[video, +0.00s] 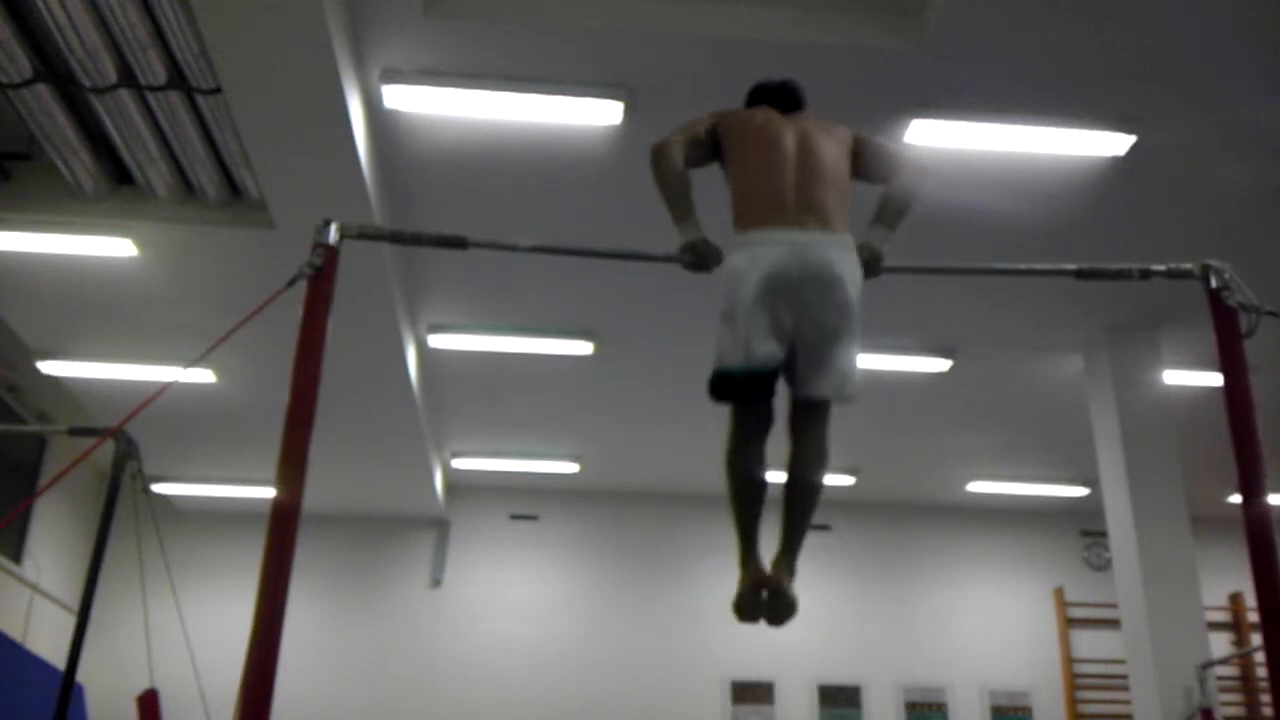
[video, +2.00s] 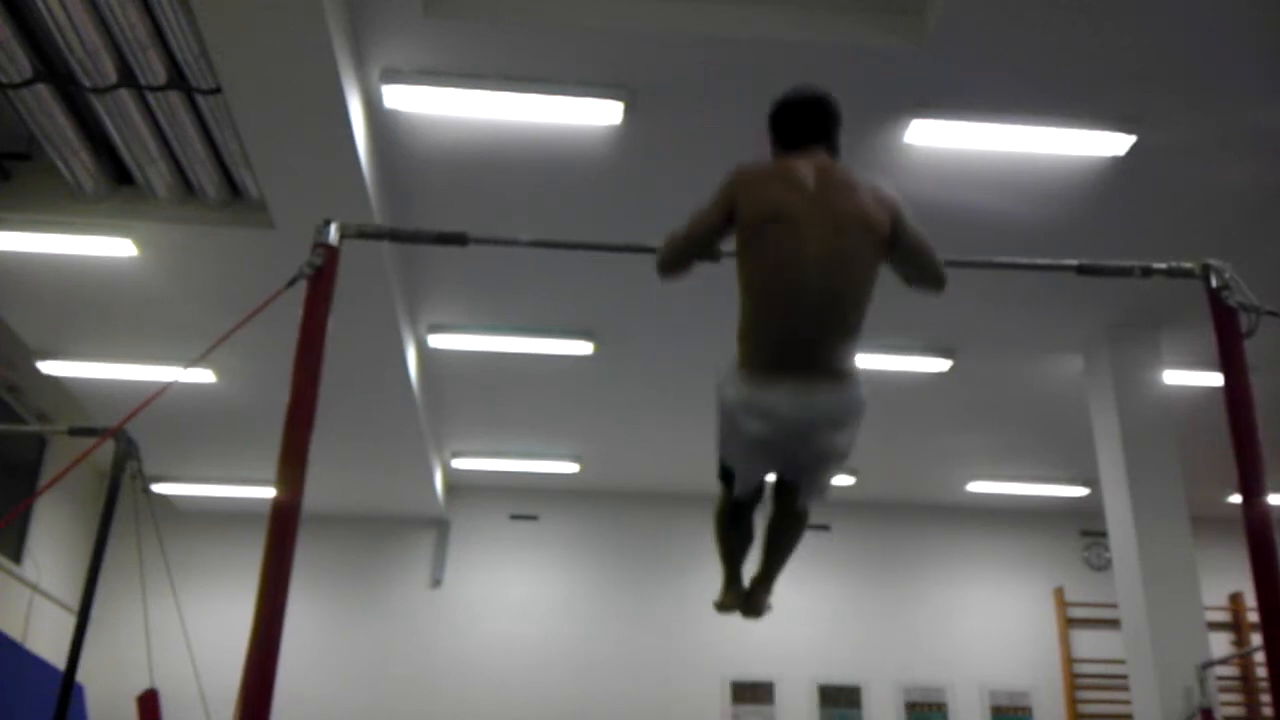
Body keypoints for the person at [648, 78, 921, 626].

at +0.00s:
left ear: (749, 108)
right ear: (805, 109)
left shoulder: (732, 124)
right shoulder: (838, 135)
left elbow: (667, 152)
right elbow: (906, 178)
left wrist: (688, 232)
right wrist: (876, 241)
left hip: (757, 257)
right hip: (831, 258)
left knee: (749, 425)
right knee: (811, 427)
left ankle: (752, 569)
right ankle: (785, 573)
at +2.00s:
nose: (780, 149)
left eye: (778, 139)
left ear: (773, 138)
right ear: (836, 138)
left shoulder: (749, 185)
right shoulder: (872, 201)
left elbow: (671, 261)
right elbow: (931, 277)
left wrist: (712, 236)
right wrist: (876, 234)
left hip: (755, 395)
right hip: (828, 402)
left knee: (739, 494)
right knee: (794, 498)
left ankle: (732, 585)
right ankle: (760, 592)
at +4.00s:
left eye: (757, 383)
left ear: (750, 397)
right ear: (809, 398)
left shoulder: (729, 445)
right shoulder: (832, 451)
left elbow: (681, 365)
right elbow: (877, 371)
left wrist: (691, 277)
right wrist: (874, 288)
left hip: (727, 650)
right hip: (803, 653)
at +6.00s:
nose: (759, 159)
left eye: (758, 149)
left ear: (757, 147)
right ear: (819, 147)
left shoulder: (736, 194)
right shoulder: (858, 201)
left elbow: (669, 280)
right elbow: (921, 289)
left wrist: (716, 237)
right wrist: (870, 240)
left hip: (760, 405)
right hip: (840, 405)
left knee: (756, 590)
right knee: (826, 587)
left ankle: (758, 717)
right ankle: (815, 718)